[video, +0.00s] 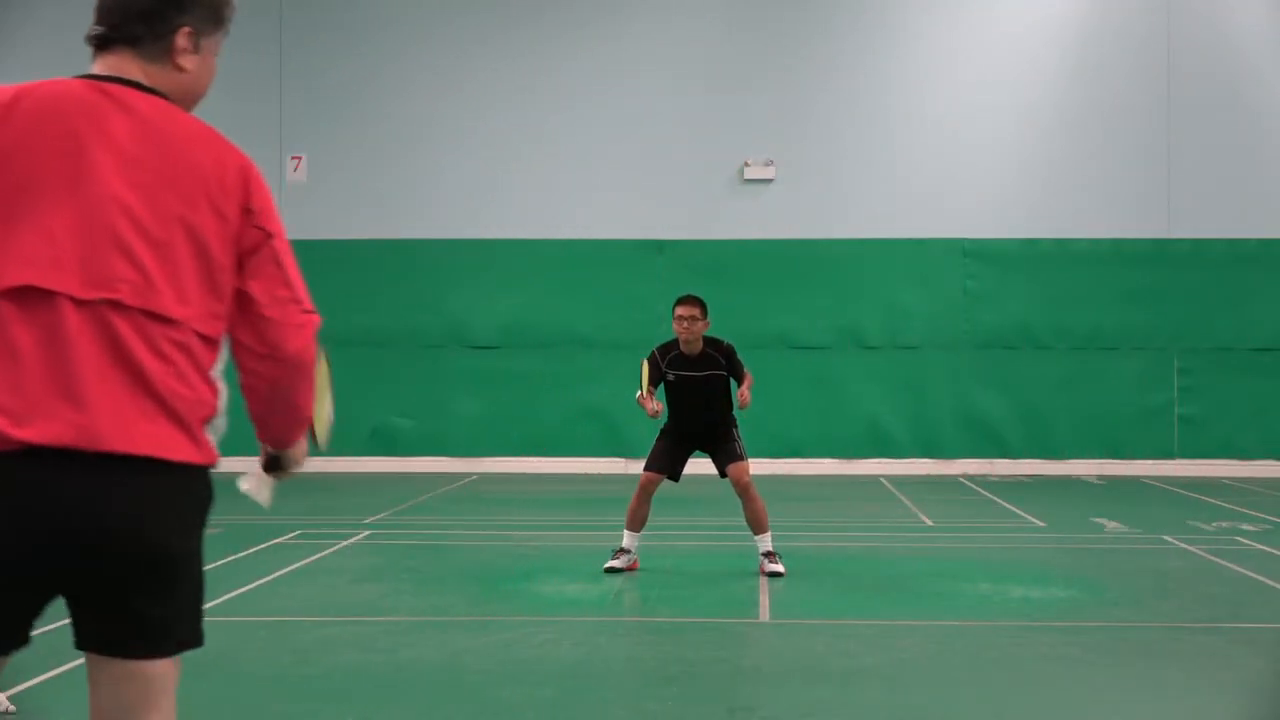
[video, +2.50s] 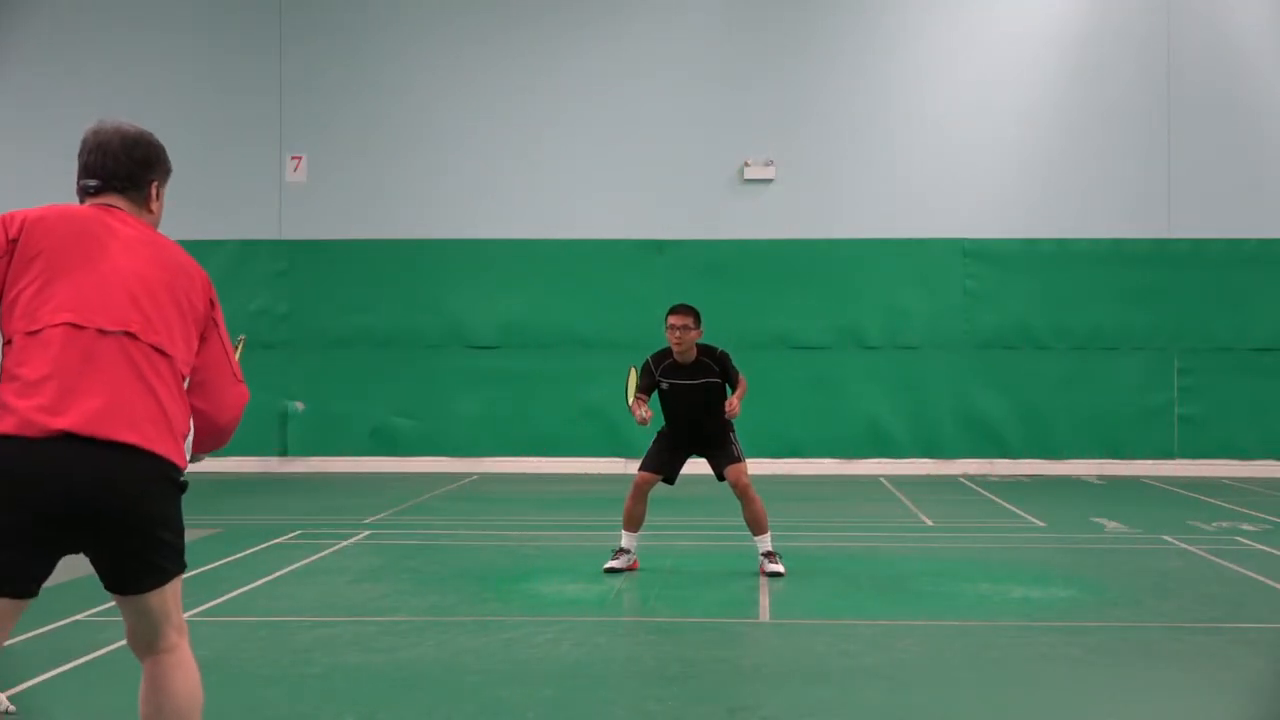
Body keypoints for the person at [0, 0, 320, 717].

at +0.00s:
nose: (214, 73)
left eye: (219, 54)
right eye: (217, 52)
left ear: (105, 33)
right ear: (184, 44)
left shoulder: (10, 111)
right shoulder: (223, 170)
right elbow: (282, 339)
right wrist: (284, 439)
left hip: (12, 469)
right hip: (147, 482)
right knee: (136, 708)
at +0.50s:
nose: (69, 108)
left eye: (69, 89)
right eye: (70, 88)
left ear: (19, 86)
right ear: (44, 86)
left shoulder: (22, 175)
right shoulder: (27, 173)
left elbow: (39, 313)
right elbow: (49, 316)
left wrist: (142, 375)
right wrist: (152, 378)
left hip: (8, 457)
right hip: (1, 456)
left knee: (13, 684)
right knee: (8, 689)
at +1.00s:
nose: (28, 159)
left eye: (37, 145)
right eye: (15, 137)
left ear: (40, 154)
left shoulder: (3, 234)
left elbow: (16, 375)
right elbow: (14, 382)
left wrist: (54, 384)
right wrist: (64, 384)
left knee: (23, 640)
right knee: (22, 640)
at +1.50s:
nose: (147, 186)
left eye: (151, 171)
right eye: (136, 166)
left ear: (78, 162)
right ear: (80, 159)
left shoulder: (14, 213)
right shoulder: (81, 248)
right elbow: (132, 387)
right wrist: (187, 435)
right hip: (19, 485)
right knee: (105, 654)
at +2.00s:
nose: (144, 175)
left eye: (143, 161)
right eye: (143, 161)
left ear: (60, 156)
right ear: (129, 163)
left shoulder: (3, 206)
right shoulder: (149, 245)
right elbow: (197, 369)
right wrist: (200, 421)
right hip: (87, 464)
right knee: (152, 629)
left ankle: (0, 703)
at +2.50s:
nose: (164, 203)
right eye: (164, 191)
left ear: (83, 185)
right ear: (155, 192)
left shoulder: (21, 227)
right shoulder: (186, 272)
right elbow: (223, 407)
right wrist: (179, 445)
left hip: (20, 460)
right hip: (136, 471)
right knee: (163, 644)